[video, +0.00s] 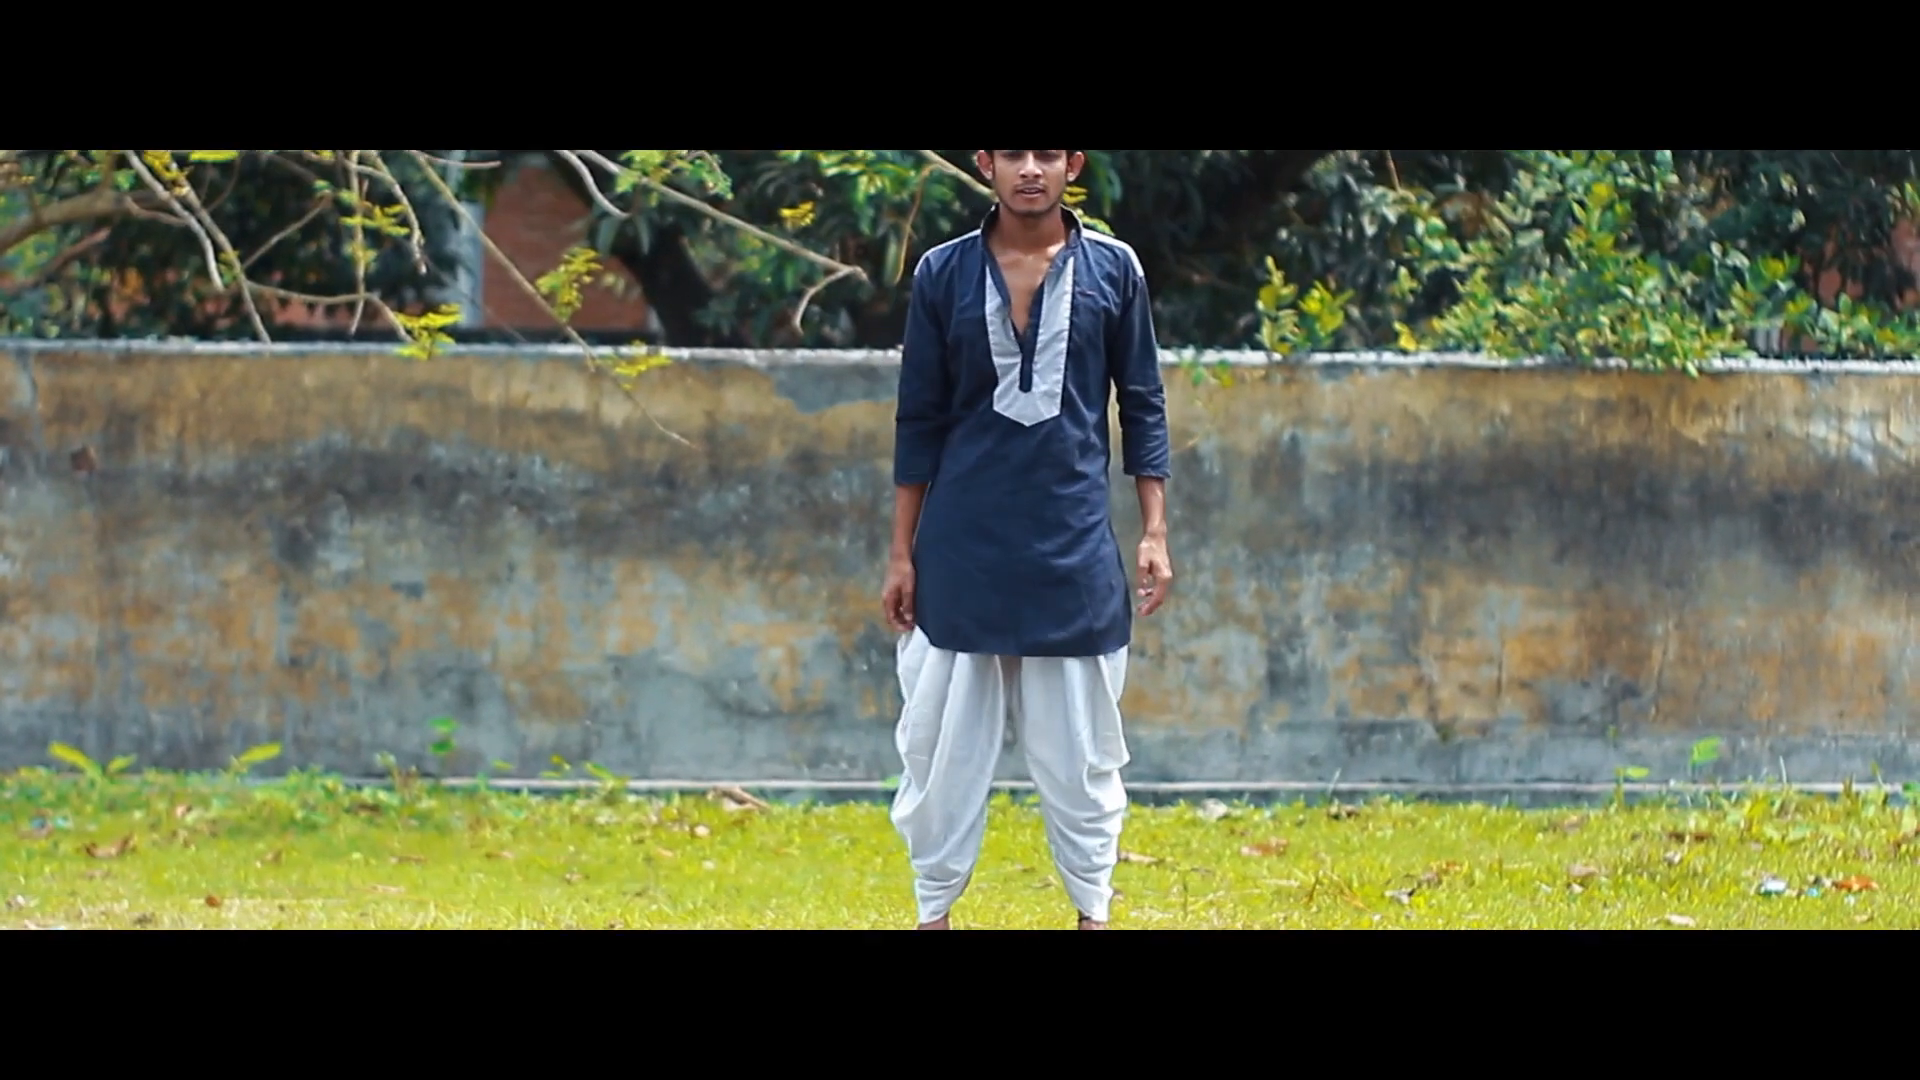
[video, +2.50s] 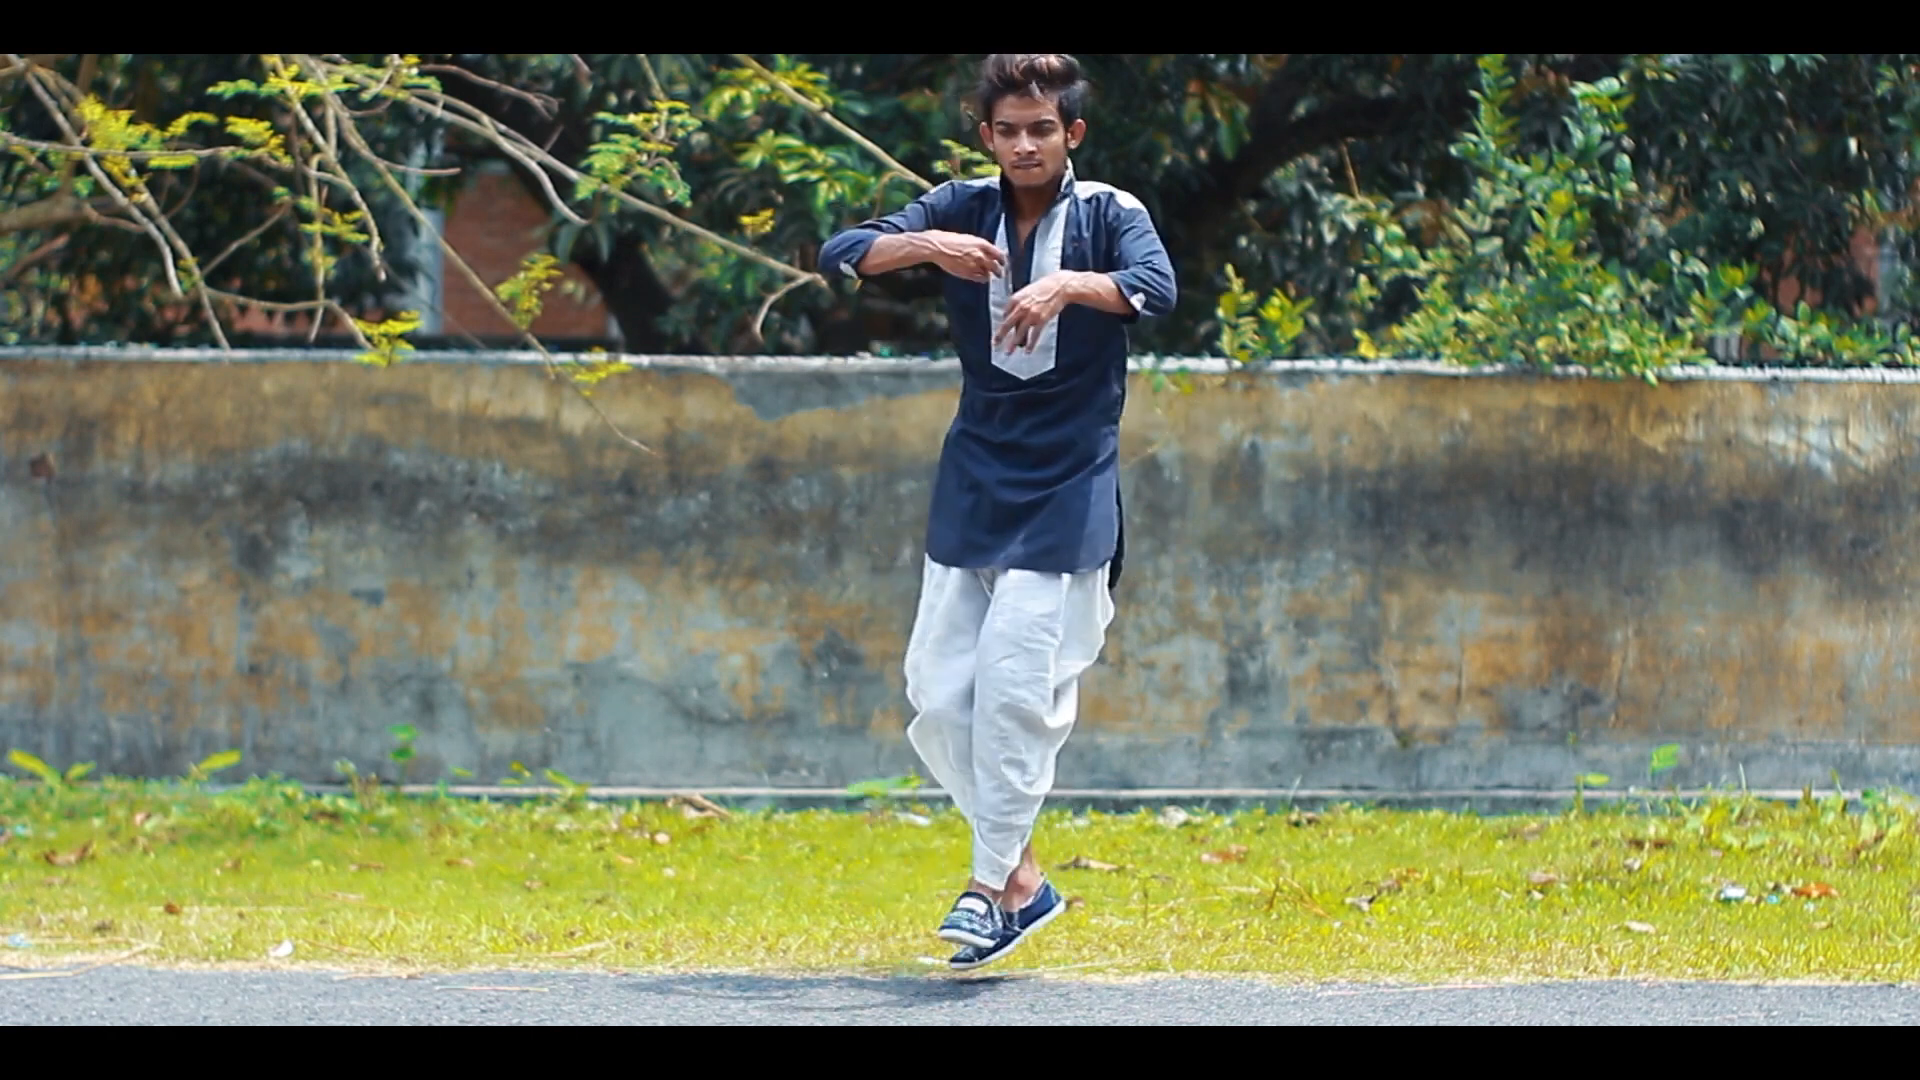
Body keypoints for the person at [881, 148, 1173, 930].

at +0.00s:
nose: (1030, 172)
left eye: (1046, 156)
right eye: (1013, 156)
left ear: (1070, 165)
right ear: (987, 164)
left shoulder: (1113, 267)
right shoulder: (941, 271)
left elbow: (1142, 404)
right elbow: (918, 418)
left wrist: (1154, 529)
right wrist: (901, 551)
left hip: (1072, 543)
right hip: (958, 543)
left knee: (1081, 744)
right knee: (940, 745)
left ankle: (1093, 914)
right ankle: (933, 915)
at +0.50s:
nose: (999, 175)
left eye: (1015, 159)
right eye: (983, 159)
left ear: (1039, 169)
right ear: (952, 167)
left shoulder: (1080, 270)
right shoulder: (908, 274)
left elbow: (1110, 409)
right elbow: (879, 418)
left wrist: (1109, 534)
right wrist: (858, 547)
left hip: (1039, 545)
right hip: (923, 543)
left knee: (1051, 749)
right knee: (905, 746)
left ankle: (1061, 938)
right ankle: (900, 938)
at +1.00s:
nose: (947, 173)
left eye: (964, 159)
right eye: (931, 158)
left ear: (986, 170)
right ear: (902, 167)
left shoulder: (1023, 273)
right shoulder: (858, 277)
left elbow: (1041, 408)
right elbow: (848, 414)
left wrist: (1043, 521)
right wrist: (867, 525)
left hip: (994, 540)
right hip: (886, 541)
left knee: (1020, 742)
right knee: (871, 745)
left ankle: (1039, 934)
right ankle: (877, 937)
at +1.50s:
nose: (987, 176)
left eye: (1005, 161)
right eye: (973, 162)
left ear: (1039, 171)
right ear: (954, 173)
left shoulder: (1089, 275)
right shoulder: (919, 282)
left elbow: (1125, 409)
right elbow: (899, 427)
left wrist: (1142, 535)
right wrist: (881, 553)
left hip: (1049, 547)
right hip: (940, 546)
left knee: (1049, 747)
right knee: (898, 728)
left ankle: (1044, 933)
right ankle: (902, 927)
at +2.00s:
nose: (988, 173)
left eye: (1005, 158)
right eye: (972, 158)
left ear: (1031, 169)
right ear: (948, 169)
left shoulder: (1079, 273)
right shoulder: (902, 275)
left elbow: (1130, 396)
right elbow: (856, 388)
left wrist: (1120, 507)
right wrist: (851, 503)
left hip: (1036, 547)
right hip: (926, 546)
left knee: (1043, 750)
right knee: (907, 747)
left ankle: (1044, 935)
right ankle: (910, 933)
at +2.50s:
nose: (1023, 145)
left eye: (1040, 129)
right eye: (1008, 130)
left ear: (1073, 132)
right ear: (985, 132)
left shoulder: (1110, 212)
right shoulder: (959, 205)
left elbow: (1155, 289)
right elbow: (837, 253)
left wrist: (1066, 287)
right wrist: (924, 246)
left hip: (1067, 491)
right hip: (973, 485)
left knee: (1017, 690)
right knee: (936, 695)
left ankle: (986, 892)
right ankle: (1022, 884)